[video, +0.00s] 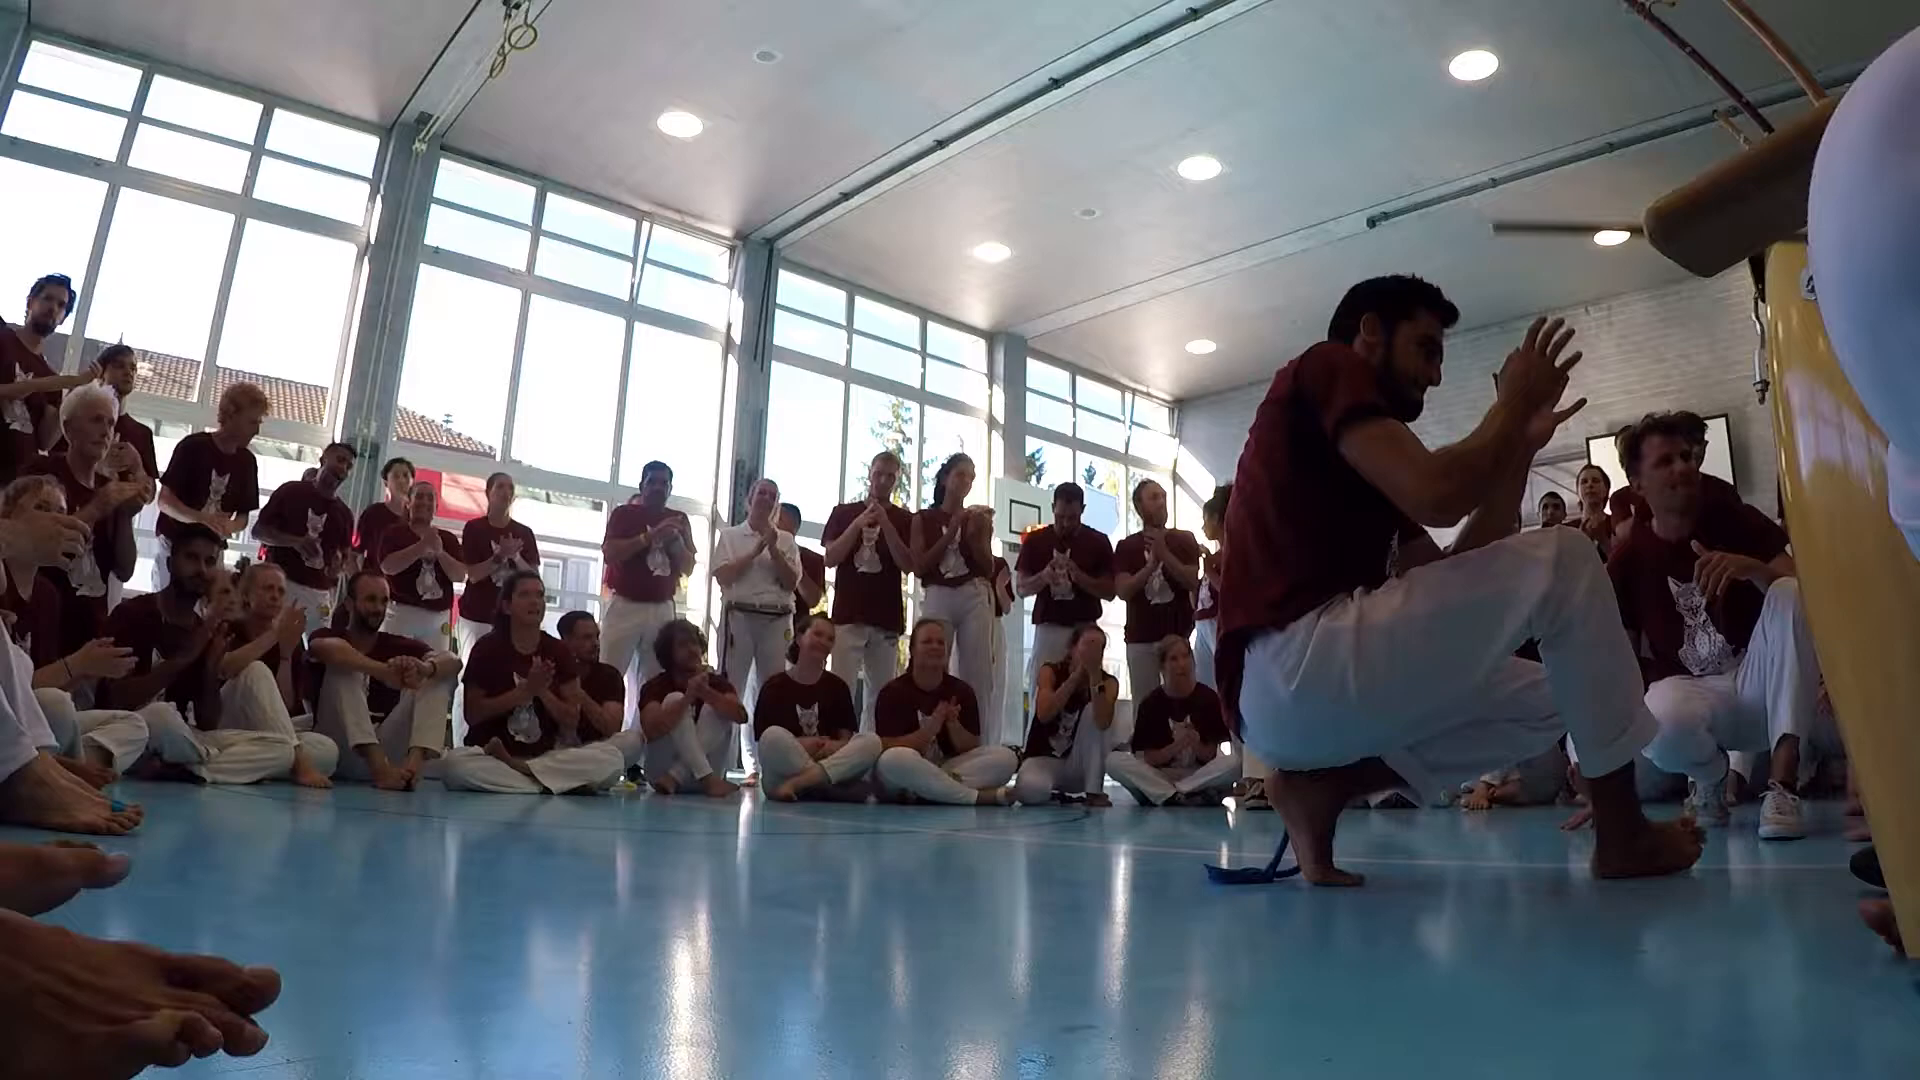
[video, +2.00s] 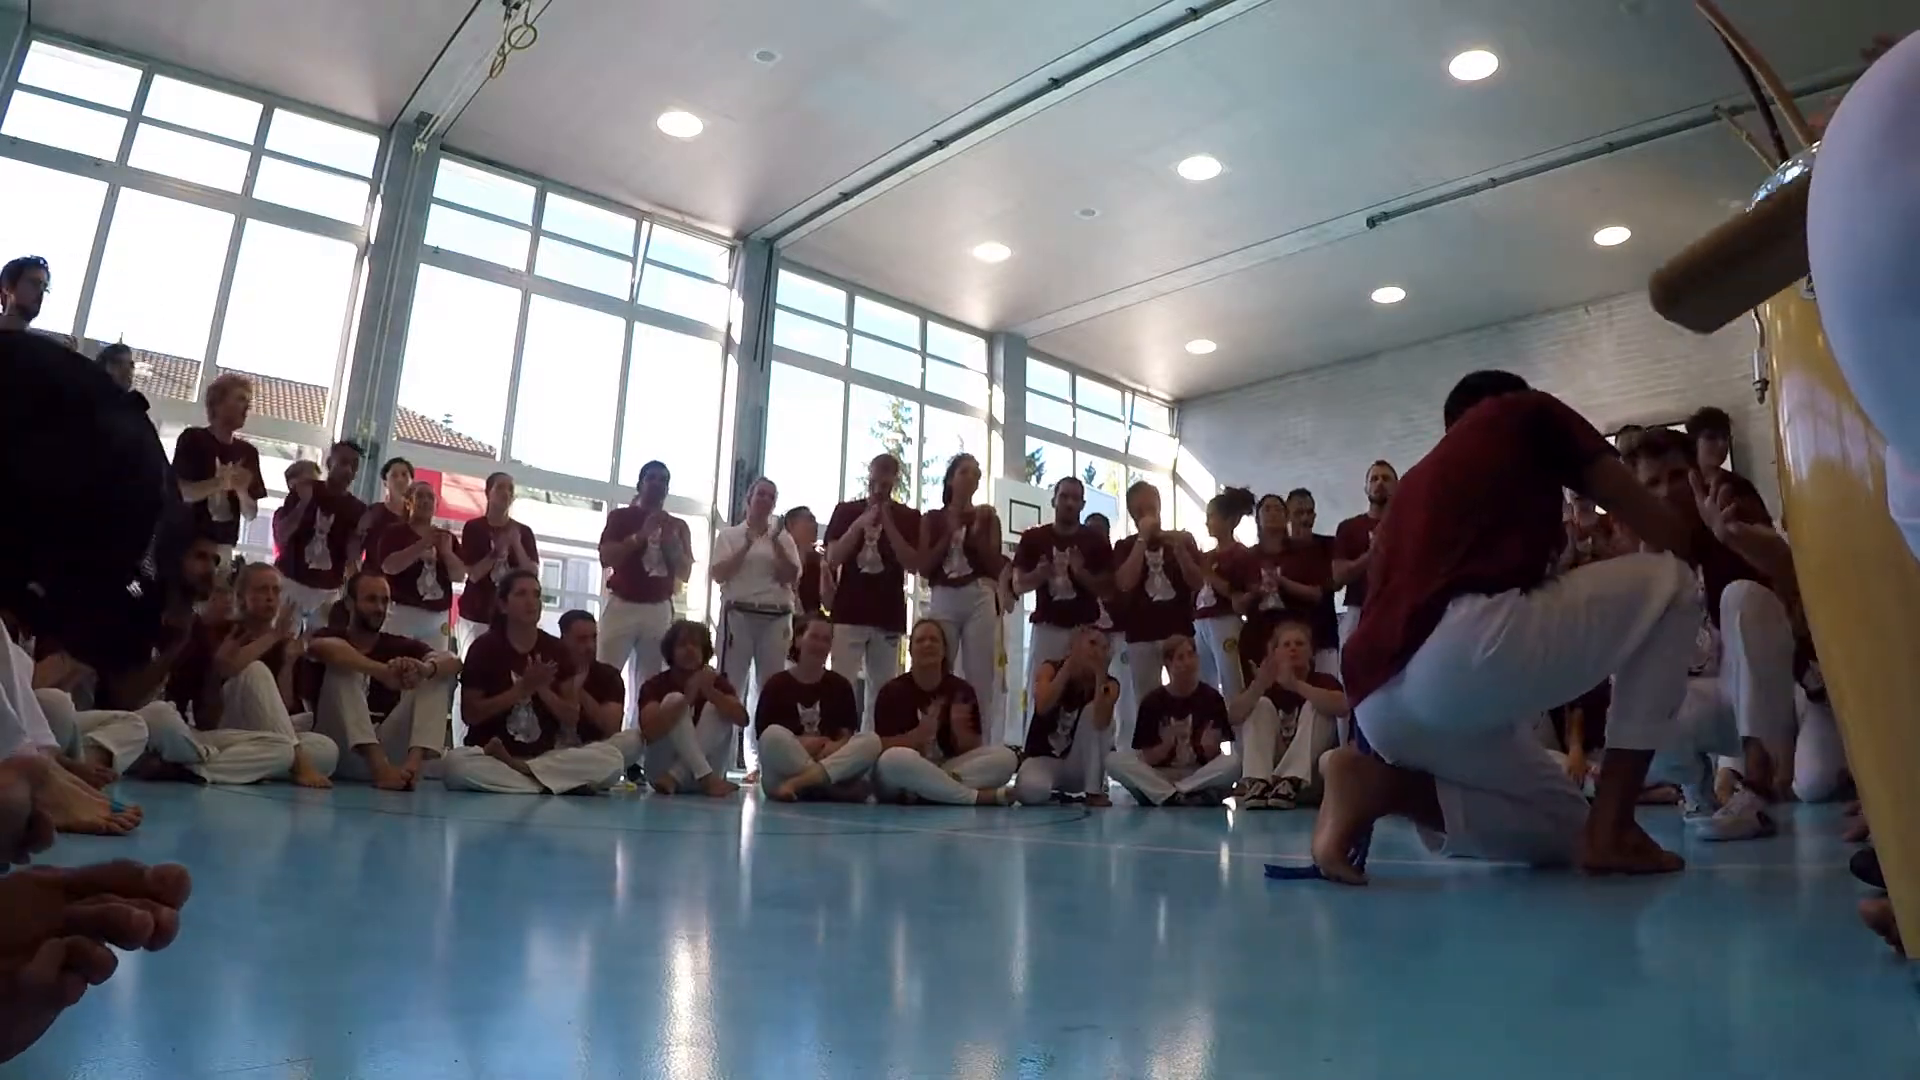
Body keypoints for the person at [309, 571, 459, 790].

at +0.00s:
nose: (379, 608)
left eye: (384, 601)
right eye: (371, 600)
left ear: (389, 604)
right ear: (350, 603)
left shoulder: (395, 644)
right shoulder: (327, 636)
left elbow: (454, 661)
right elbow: (321, 648)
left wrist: (428, 667)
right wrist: (383, 671)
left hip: (386, 754)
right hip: (336, 750)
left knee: (439, 674)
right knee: (343, 663)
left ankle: (415, 763)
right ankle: (379, 766)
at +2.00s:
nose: (380, 608)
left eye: (385, 601)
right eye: (371, 600)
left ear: (390, 603)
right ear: (350, 603)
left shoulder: (393, 643)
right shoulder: (329, 636)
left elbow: (454, 662)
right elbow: (319, 648)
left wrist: (426, 668)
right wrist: (382, 671)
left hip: (386, 752)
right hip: (336, 750)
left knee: (437, 672)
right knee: (342, 663)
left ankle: (414, 762)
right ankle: (379, 765)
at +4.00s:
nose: (380, 608)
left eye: (384, 601)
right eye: (371, 600)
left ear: (389, 604)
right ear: (351, 603)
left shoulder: (395, 644)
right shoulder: (327, 637)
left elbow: (454, 663)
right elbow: (325, 649)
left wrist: (426, 667)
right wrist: (382, 672)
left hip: (386, 752)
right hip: (336, 750)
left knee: (437, 673)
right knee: (343, 664)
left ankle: (414, 764)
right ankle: (379, 766)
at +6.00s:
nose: (379, 609)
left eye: (383, 601)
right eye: (370, 601)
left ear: (389, 603)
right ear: (350, 603)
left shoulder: (393, 643)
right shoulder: (329, 637)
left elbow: (454, 662)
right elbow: (317, 649)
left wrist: (426, 667)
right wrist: (382, 671)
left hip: (388, 750)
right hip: (338, 750)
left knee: (438, 673)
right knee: (342, 660)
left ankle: (416, 761)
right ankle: (378, 764)